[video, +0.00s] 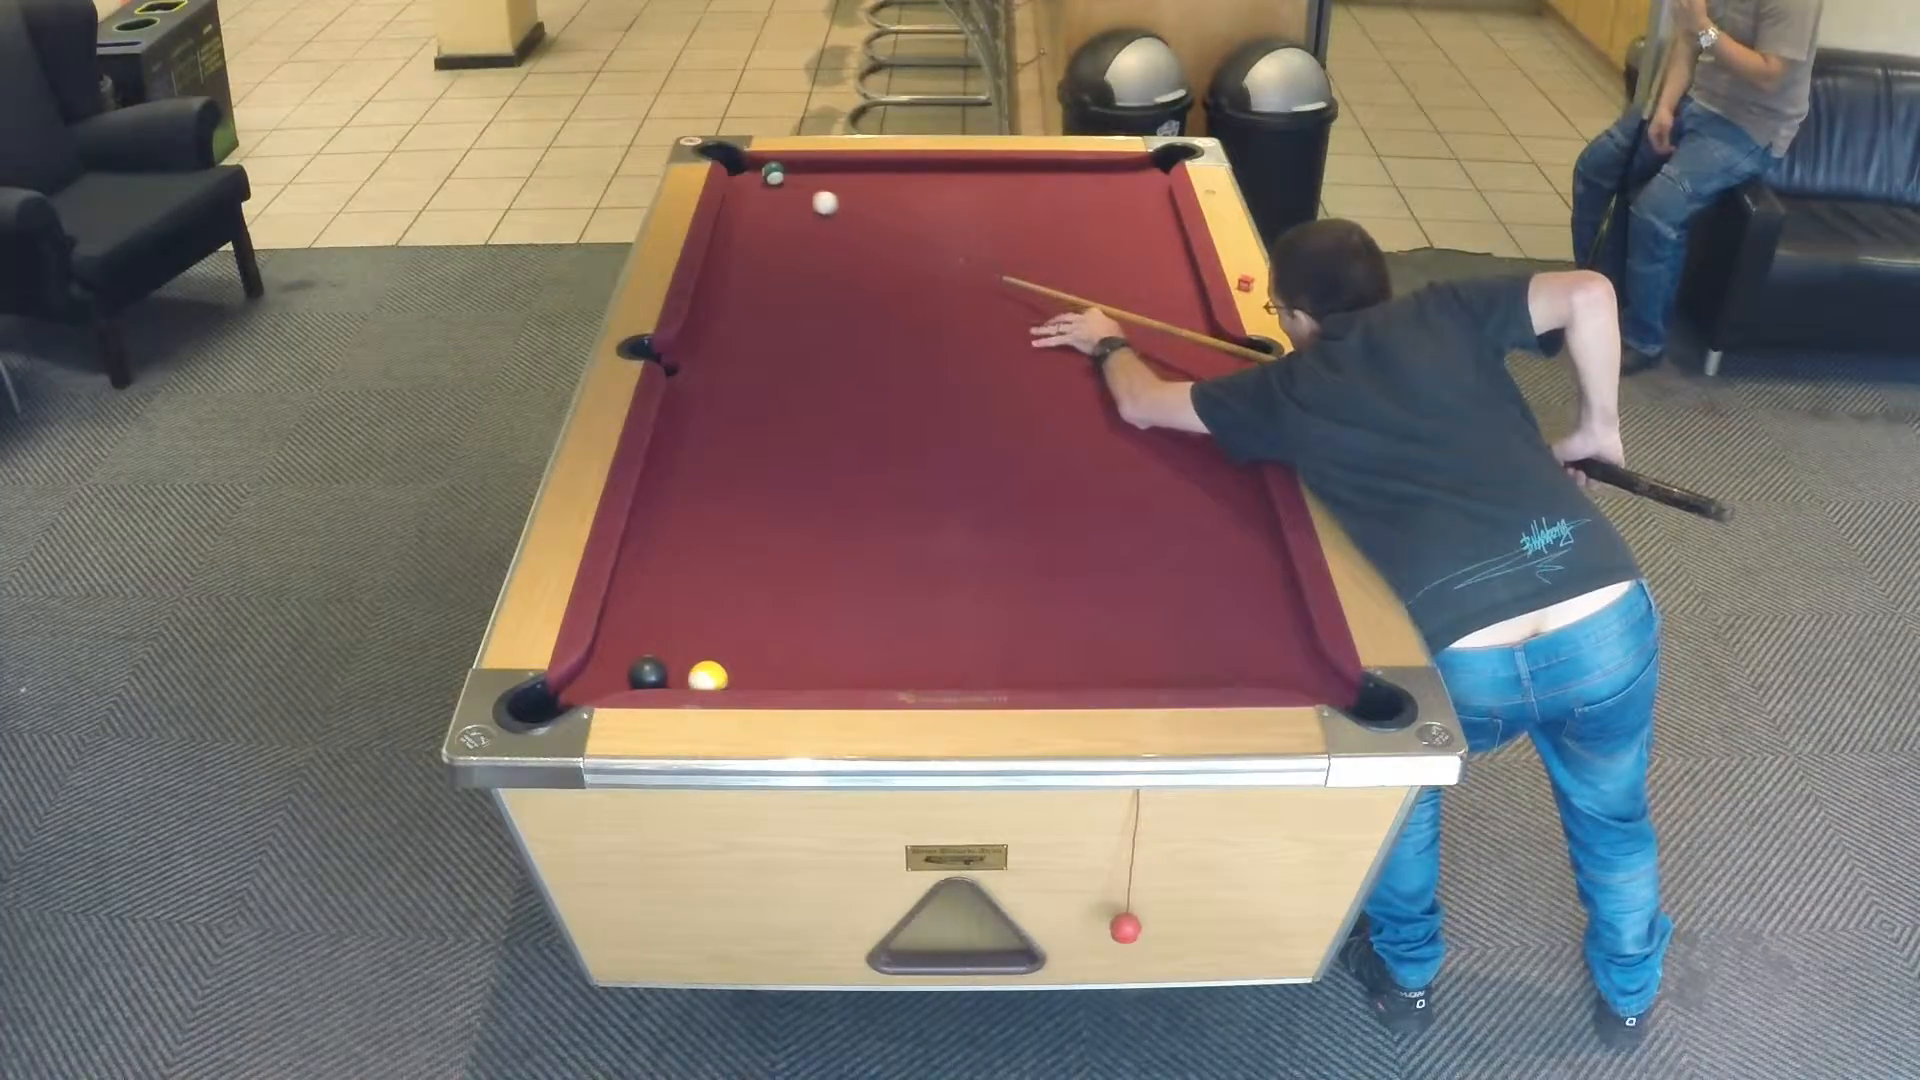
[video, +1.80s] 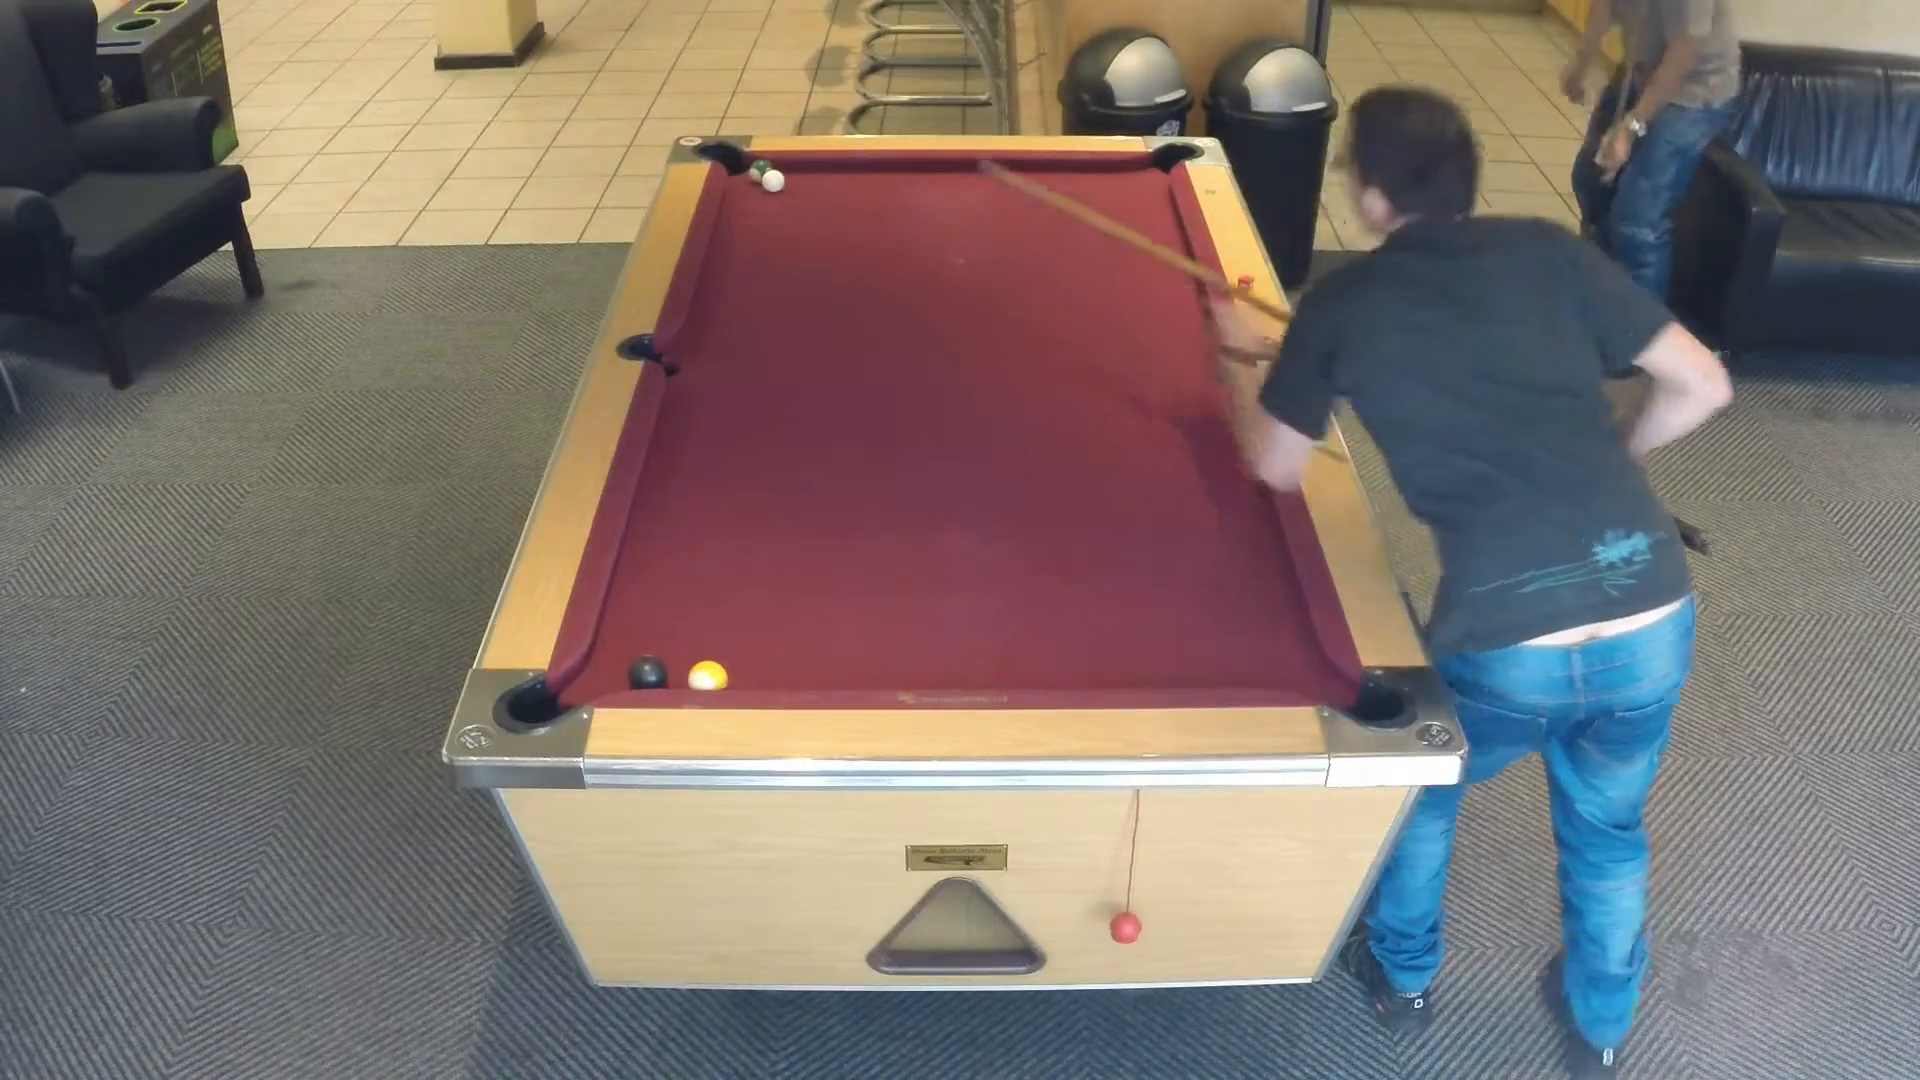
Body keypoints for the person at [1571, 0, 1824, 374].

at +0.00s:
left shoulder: (1792, 6)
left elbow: (1770, 76)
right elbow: (1686, 41)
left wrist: (1703, 29)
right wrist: (1665, 106)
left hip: (1746, 128)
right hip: (1689, 103)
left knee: (1653, 211)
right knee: (1595, 168)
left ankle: (1643, 342)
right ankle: (1591, 300)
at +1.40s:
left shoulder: (1741, 6)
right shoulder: (1666, 5)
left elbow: (1734, 77)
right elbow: (1657, 51)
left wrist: (1667, 34)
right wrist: (1647, 112)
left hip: (1742, 122)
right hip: (1682, 107)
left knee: (1649, 212)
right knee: (1590, 171)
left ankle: (1636, 343)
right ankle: (1592, 309)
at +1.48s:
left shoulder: (1728, 6)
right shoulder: (1650, 5)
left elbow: (1725, 79)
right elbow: (1648, 45)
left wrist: (1652, 49)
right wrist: (1640, 109)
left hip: (1738, 114)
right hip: (1678, 101)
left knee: (1646, 213)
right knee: (1591, 172)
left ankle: (1634, 343)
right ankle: (1593, 307)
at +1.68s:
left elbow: (1694, 67)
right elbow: (1620, 11)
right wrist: (1607, 89)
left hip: (1718, 93)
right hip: (1659, 79)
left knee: (1639, 221)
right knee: (1593, 176)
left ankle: (1634, 344)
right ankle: (1594, 304)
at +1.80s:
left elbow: (1686, 47)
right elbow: (1606, 6)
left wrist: (1632, 126)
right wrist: (1584, 60)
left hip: (1699, 87)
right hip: (1643, 70)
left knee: (1636, 222)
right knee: (1591, 179)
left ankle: (1640, 336)